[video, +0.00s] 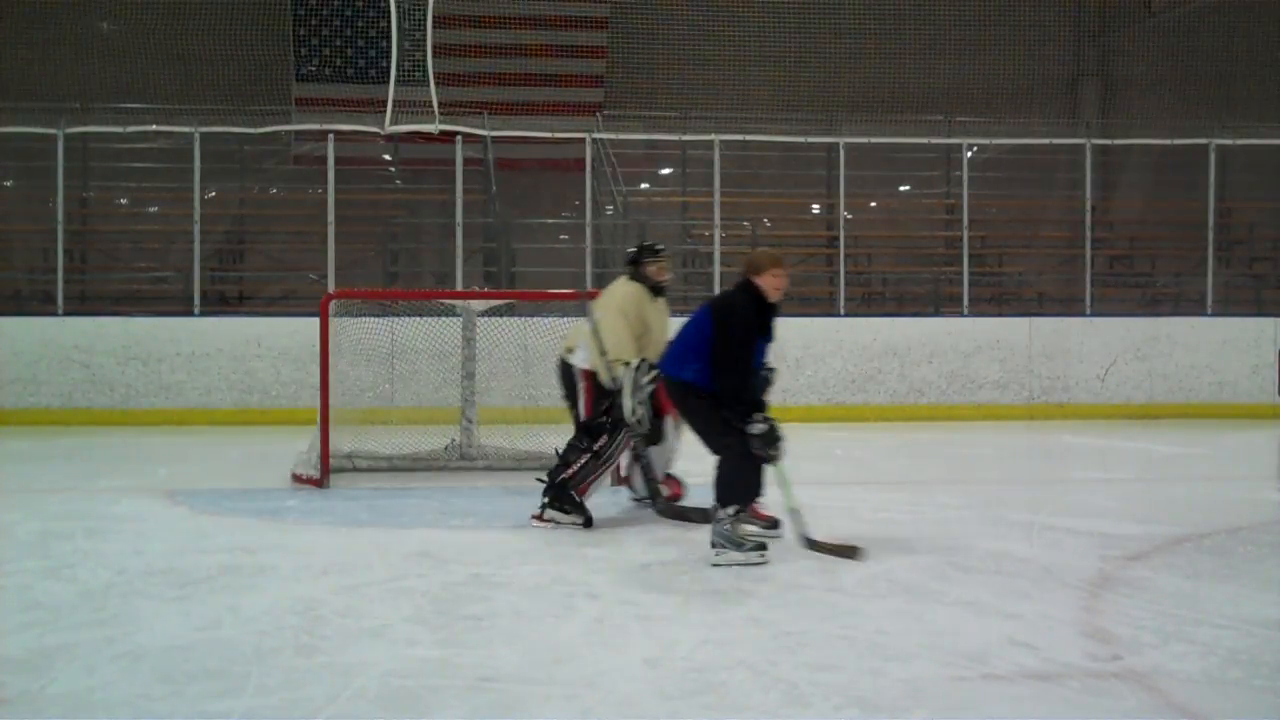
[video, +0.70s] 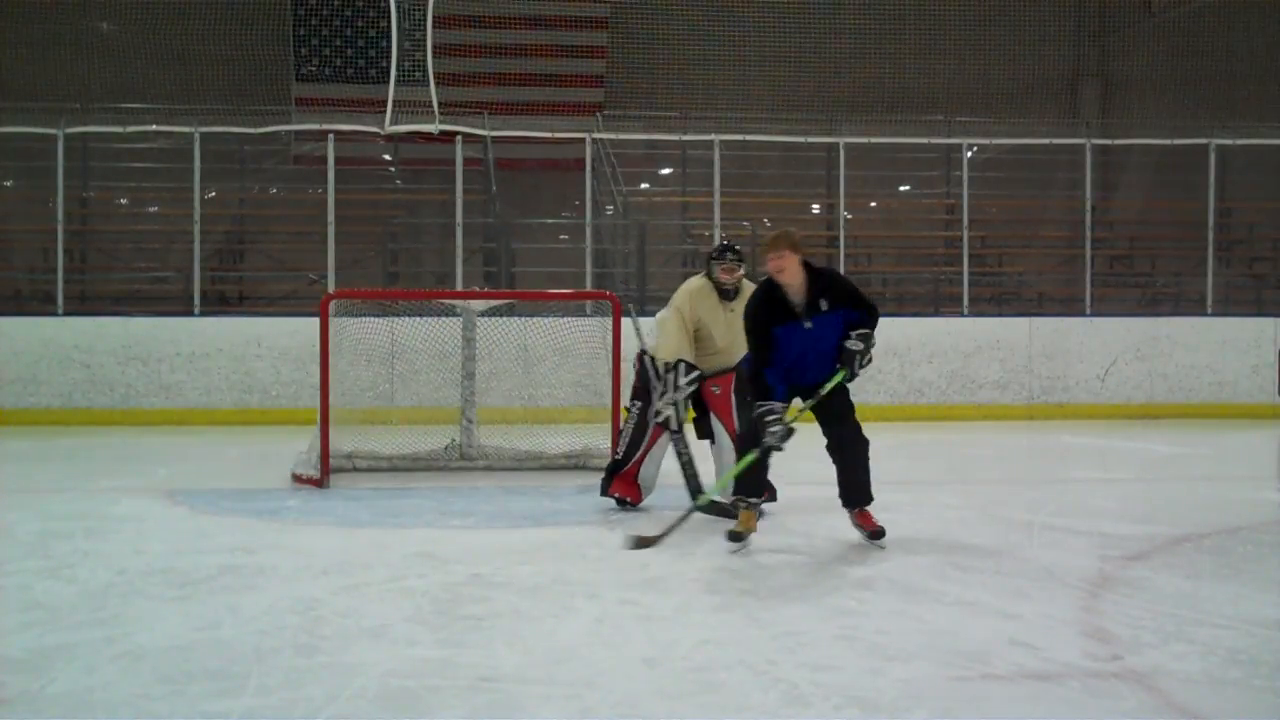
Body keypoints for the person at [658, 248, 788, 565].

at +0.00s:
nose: (782, 284)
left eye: (784, 278)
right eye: (775, 278)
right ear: (756, 278)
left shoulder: (758, 309)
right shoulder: (738, 308)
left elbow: (749, 366)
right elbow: (731, 371)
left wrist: (756, 410)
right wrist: (753, 420)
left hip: (711, 379)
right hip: (685, 379)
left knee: (749, 439)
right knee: (734, 444)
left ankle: (743, 508)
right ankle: (726, 520)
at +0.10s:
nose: (804, 285)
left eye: (805, 278)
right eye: (796, 279)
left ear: (805, 281)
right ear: (777, 280)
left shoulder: (781, 310)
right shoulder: (759, 310)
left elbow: (774, 364)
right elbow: (755, 379)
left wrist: (779, 380)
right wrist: (782, 425)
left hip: (737, 380)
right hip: (708, 381)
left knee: (776, 440)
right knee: (756, 448)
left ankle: (774, 508)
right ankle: (736, 524)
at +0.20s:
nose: (819, 285)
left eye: (822, 279)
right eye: (811, 279)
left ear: (824, 282)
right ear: (792, 281)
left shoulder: (802, 312)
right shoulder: (775, 310)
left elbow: (793, 368)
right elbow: (772, 380)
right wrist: (801, 425)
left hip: (761, 380)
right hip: (728, 380)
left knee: (799, 441)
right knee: (774, 450)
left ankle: (809, 508)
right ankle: (747, 525)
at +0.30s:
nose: (825, 281)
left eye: (829, 275)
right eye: (817, 275)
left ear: (833, 278)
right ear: (800, 278)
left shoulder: (821, 309)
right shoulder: (783, 309)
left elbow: (813, 348)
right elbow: (780, 377)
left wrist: (819, 371)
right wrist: (807, 424)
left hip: (784, 382)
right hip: (746, 382)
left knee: (816, 439)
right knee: (786, 452)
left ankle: (829, 511)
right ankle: (756, 524)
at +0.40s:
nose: (824, 273)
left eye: (829, 266)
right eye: (816, 268)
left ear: (835, 269)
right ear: (802, 272)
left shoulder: (839, 301)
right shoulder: (786, 304)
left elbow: (836, 340)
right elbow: (781, 367)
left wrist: (840, 363)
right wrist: (803, 417)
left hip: (802, 386)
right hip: (758, 385)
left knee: (837, 441)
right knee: (781, 448)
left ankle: (844, 509)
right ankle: (758, 524)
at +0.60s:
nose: (800, 260)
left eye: (806, 253)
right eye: (793, 255)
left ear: (819, 255)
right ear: (786, 260)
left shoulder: (844, 284)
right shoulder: (774, 297)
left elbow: (864, 313)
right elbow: (769, 360)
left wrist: (862, 348)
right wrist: (784, 407)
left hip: (821, 376)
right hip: (774, 379)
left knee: (850, 438)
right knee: (773, 438)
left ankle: (855, 508)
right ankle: (753, 508)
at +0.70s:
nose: (774, 265)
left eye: (780, 258)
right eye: (769, 259)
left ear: (798, 256)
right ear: (765, 264)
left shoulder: (829, 283)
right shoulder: (760, 304)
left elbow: (866, 312)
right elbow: (761, 363)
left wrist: (858, 342)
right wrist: (768, 411)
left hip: (822, 374)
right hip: (772, 379)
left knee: (850, 440)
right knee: (752, 436)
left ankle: (859, 508)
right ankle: (747, 509)